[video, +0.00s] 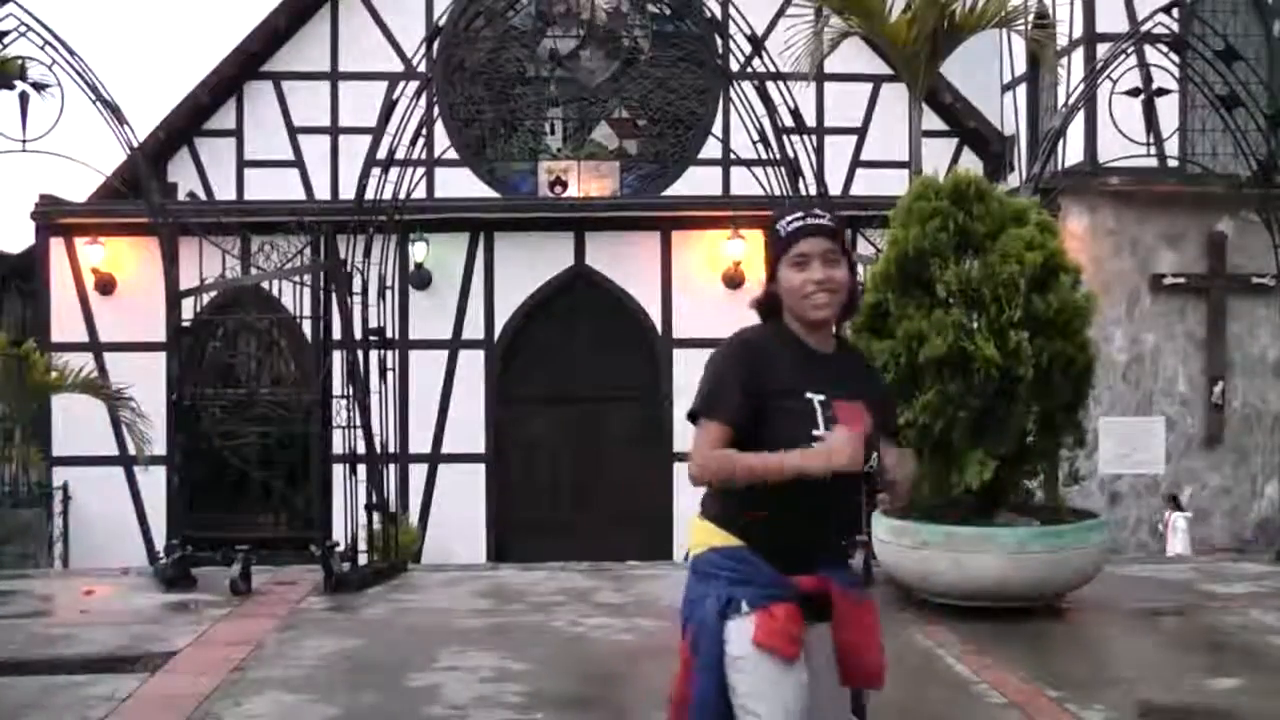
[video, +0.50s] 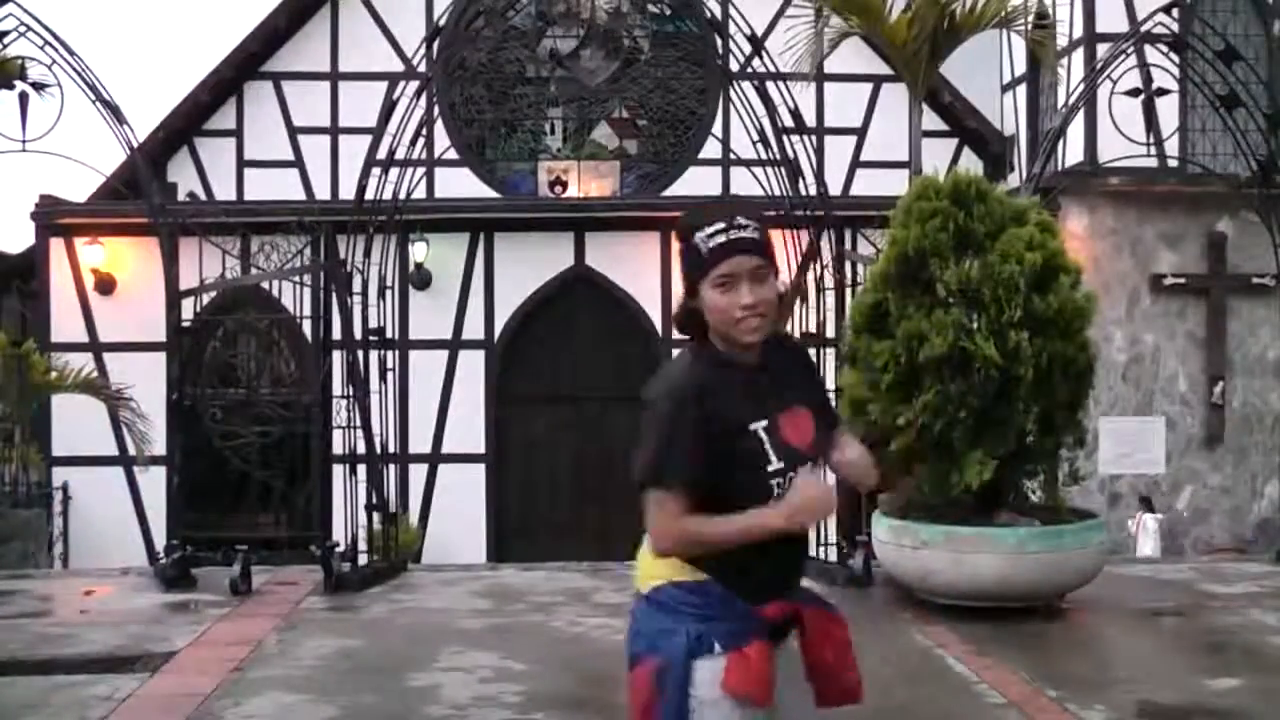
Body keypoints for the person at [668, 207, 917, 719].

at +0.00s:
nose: (819, 277)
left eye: (831, 262)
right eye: (800, 264)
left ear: (851, 275)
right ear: (775, 281)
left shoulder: (857, 367)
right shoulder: (746, 354)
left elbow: (885, 452)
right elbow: (703, 463)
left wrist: (895, 472)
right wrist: (814, 459)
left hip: (828, 572)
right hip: (745, 571)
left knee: (836, 710)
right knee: (772, 708)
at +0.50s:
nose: (749, 298)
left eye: (760, 278)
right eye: (727, 285)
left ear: (778, 283)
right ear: (698, 301)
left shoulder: (789, 359)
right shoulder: (680, 389)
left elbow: (827, 438)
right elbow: (665, 534)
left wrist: (858, 465)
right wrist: (782, 516)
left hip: (773, 608)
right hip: (701, 620)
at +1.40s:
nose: (775, 283)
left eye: (789, 266)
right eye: (755, 270)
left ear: (810, 279)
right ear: (730, 288)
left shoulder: (833, 376)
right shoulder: (691, 371)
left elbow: (880, 480)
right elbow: (647, 481)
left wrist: (855, 528)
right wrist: (755, 473)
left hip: (792, 591)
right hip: (696, 590)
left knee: (809, 704)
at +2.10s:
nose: (768, 264)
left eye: (784, 252)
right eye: (752, 255)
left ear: (809, 270)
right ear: (733, 277)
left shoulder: (849, 368)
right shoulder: (701, 354)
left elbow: (887, 479)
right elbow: (645, 460)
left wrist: (798, 489)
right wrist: (707, 430)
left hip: (810, 599)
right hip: (701, 594)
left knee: (818, 710)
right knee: (675, 709)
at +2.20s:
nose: (739, 265)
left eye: (755, 252)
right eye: (723, 256)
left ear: (781, 270)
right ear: (705, 280)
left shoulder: (825, 362)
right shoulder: (677, 362)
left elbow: (862, 478)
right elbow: (628, 467)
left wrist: (786, 434)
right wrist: (672, 486)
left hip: (795, 599)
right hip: (687, 599)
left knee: (808, 711)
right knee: (661, 711)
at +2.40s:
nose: (685, 268)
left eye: (701, 254)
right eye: (668, 258)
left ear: (729, 271)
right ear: (651, 281)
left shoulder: (777, 362)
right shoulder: (631, 367)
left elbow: (828, 469)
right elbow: (599, 459)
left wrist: (726, 466)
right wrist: (601, 497)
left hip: (761, 596)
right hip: (650, 599)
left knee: (823, 709)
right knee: (610, 709)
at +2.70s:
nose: (639, 264)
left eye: (655, 248)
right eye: (622, 253)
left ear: (684, 260)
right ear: (606, 272)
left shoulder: (731, 345)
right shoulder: (598, 362)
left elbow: (778, 459)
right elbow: (561, 483)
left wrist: (665, 429)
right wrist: (587, 483)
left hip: (729, 590)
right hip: (629, 593)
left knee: (766, 709)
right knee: (607, 709)